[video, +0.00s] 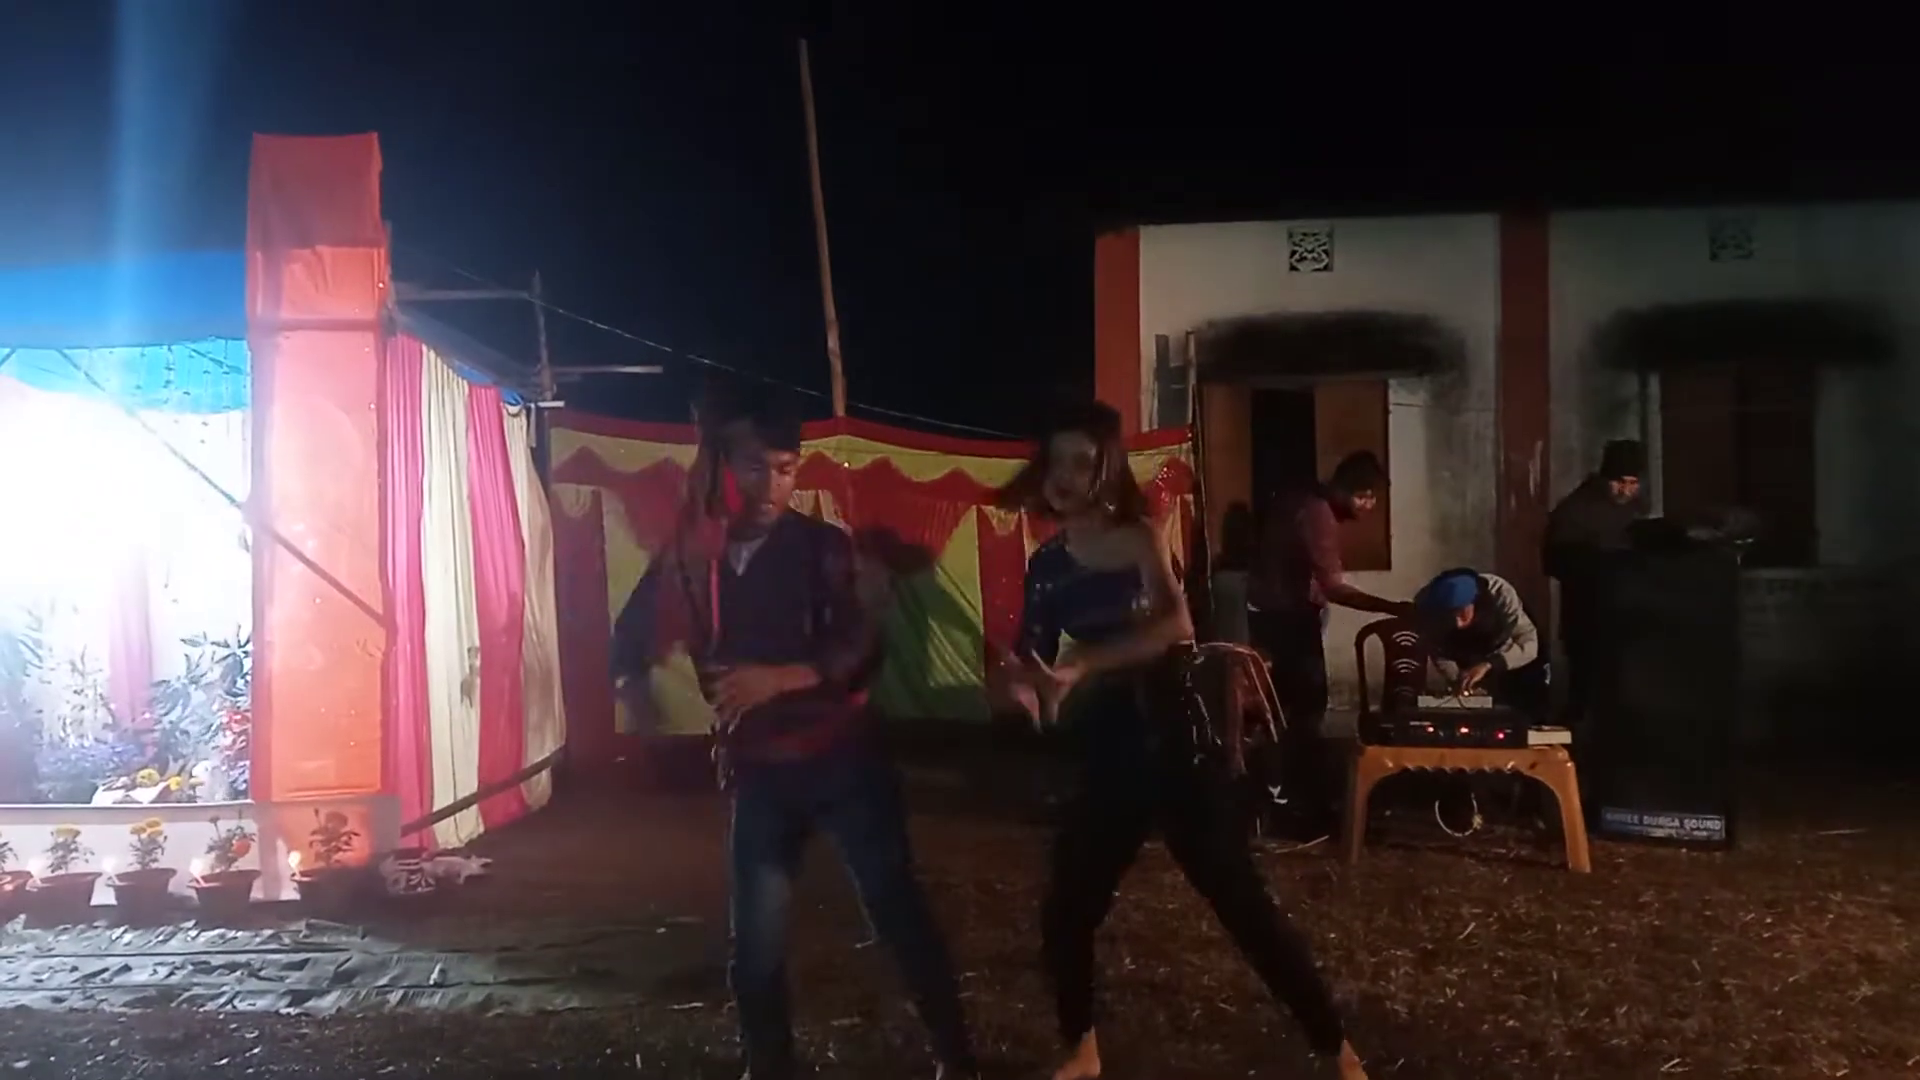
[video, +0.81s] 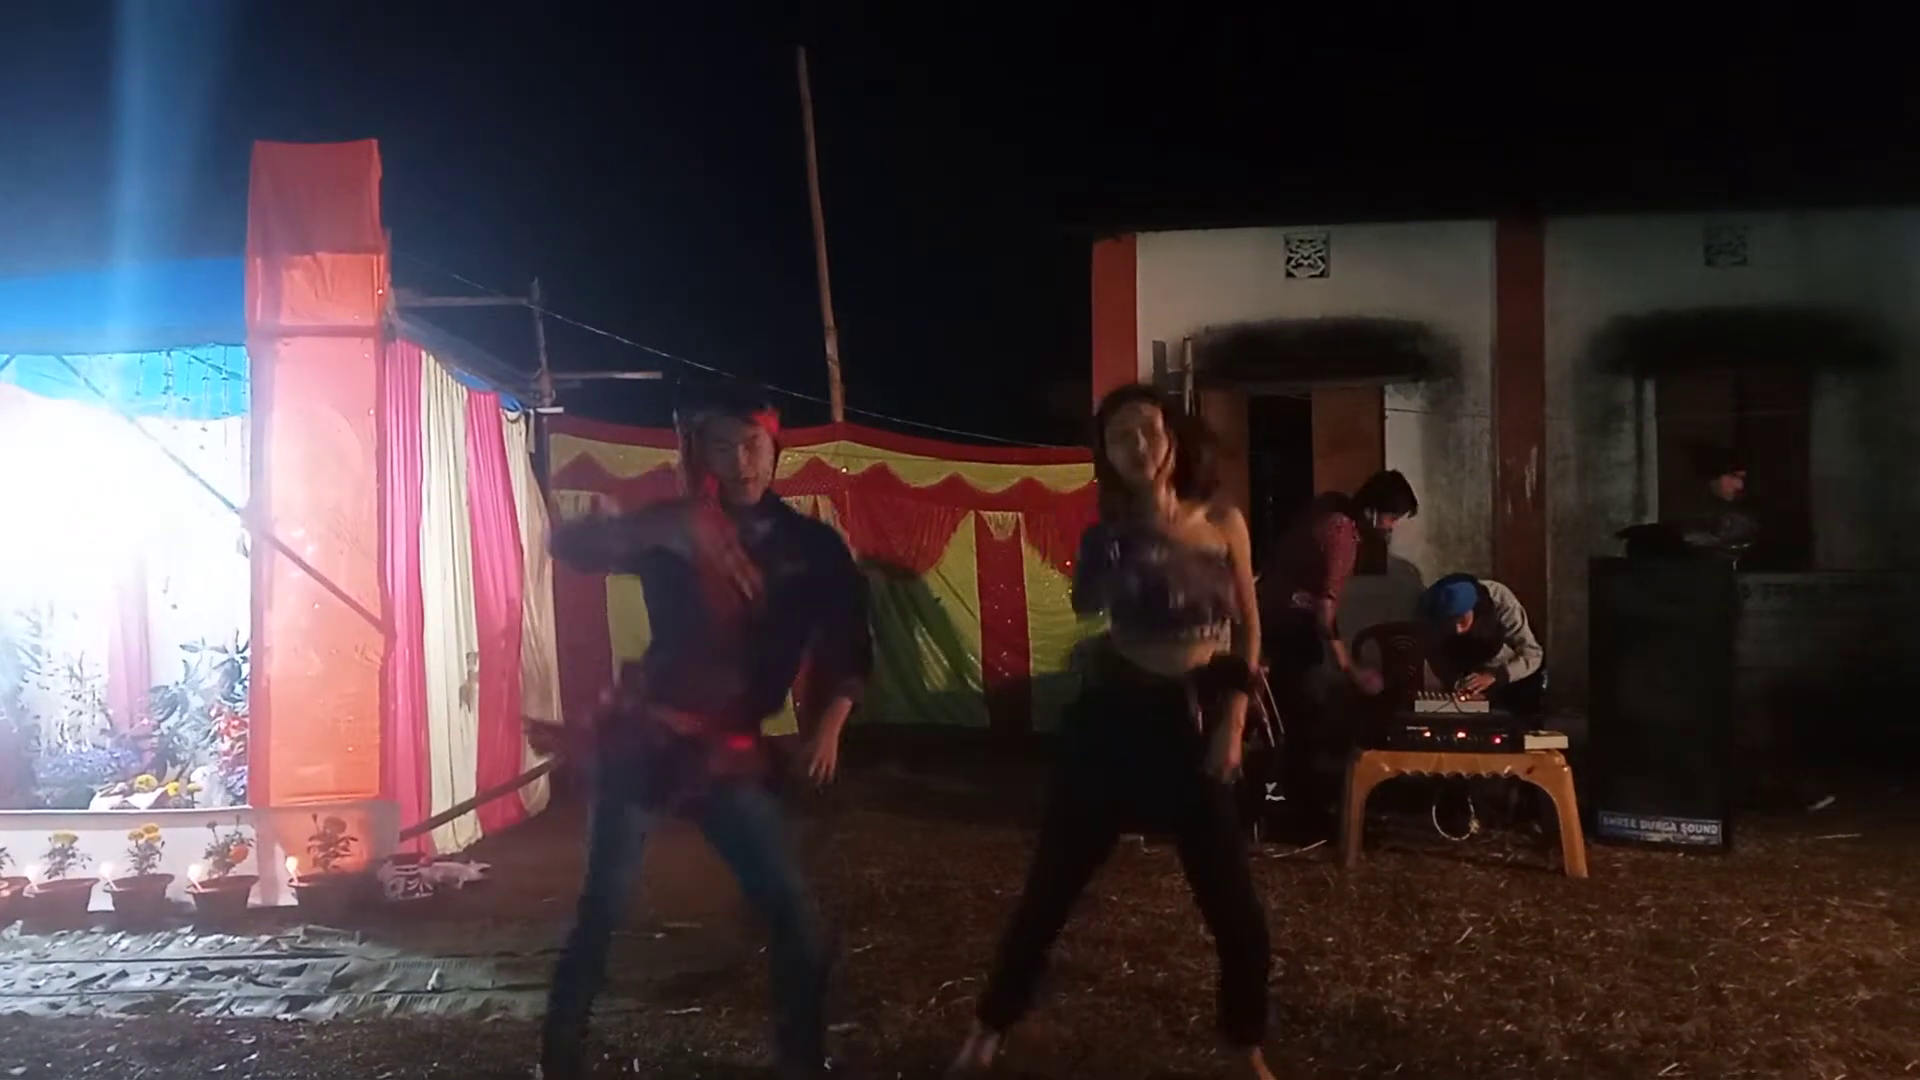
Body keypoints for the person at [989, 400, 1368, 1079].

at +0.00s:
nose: (1063, 477)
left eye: (1080, 465)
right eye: (1055, 463)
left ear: (1107, 473)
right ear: (1041, 468)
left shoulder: (1143, 537)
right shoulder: (1046, 561)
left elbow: (1176, 625)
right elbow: (1025, 655)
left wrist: (1081, 666)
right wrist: (1012, 680)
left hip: (1175, 745)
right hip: (1103, 750)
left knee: (1244, 909)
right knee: (1066, 912)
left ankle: (1340, 1055)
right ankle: (1080, 1054)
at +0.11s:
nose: (1064, 457)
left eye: (1080, 444)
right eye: (1055, 442)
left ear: (1111, 451)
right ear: (1043, 447)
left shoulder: (1145, 518)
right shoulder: (1056, 538)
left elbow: (1172, 613)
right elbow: (1024, 638)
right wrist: (1005, 594)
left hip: (1187, 707)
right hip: (1122, 712)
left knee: (1251, 881)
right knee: (1086, 887)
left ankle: (1337, 1047)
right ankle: (1082, 1049)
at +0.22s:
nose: (1078, 441)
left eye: (1093, 426)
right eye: (1066, 426)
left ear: (1118, 433)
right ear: (1045, 434)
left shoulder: (1155, 498)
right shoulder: (1057, 521)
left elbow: (1185, 595)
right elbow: (1012, 612)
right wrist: (1001, 526)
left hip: (1195, 685)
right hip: (1126, 697)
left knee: (1253, 864)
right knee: (1094, 873)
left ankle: (1333, 1038)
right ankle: (1085, 1040)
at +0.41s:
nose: (1106, 472)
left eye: (1121, 460)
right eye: (1094, 458)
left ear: (1144, 472)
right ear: (1074, 468)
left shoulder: (1167, 555)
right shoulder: (1056, 559)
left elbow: (1223, 667)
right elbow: (1051, 668)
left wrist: (1161, 714)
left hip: (1183, 757)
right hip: (1103, 758)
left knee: (1237, 922)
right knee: (1076, 920)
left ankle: (1329, 1059)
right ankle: (1073, 1054)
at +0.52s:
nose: (1124, 445)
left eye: (1137, 432)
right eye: (1110, 433)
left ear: (1159, 442)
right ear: (1090, 444)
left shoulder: (1190, 530)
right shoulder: (1068, 529)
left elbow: (1235, 639)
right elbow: (1041, 635)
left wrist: (1196, 710)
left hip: (1170, 717)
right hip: (1095, 718)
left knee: (1228, 895)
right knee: (1073, 896)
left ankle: (1311, 1048)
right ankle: (1072, 1050)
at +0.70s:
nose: (1137, 408)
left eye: (1148, 395)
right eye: (1122, 399)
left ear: (1172, 409)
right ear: (1103, 419)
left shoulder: (1218, 492)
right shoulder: (1098, 494)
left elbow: (1242, 590)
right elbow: (1055, 549)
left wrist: (1222, 681)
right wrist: (1103, 473)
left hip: (1195, 678)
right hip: (1115, 672)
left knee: (1216, 858)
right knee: (1068, 847)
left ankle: (1250, 1036)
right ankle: (1024, 1018)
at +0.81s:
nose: (1138, 444)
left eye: (1148, 431)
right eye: (1123, 435)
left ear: (1173, 441)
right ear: (1105, 453)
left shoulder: (1223, 526)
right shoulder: (1104, 537)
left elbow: (1247, 625)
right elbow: (1085, 602)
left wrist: (1233, 722)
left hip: (1196, 715)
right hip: (1116, 712)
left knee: (1230, 894)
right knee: (1053, 880)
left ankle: (1248, 1042)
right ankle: (987, 1030)